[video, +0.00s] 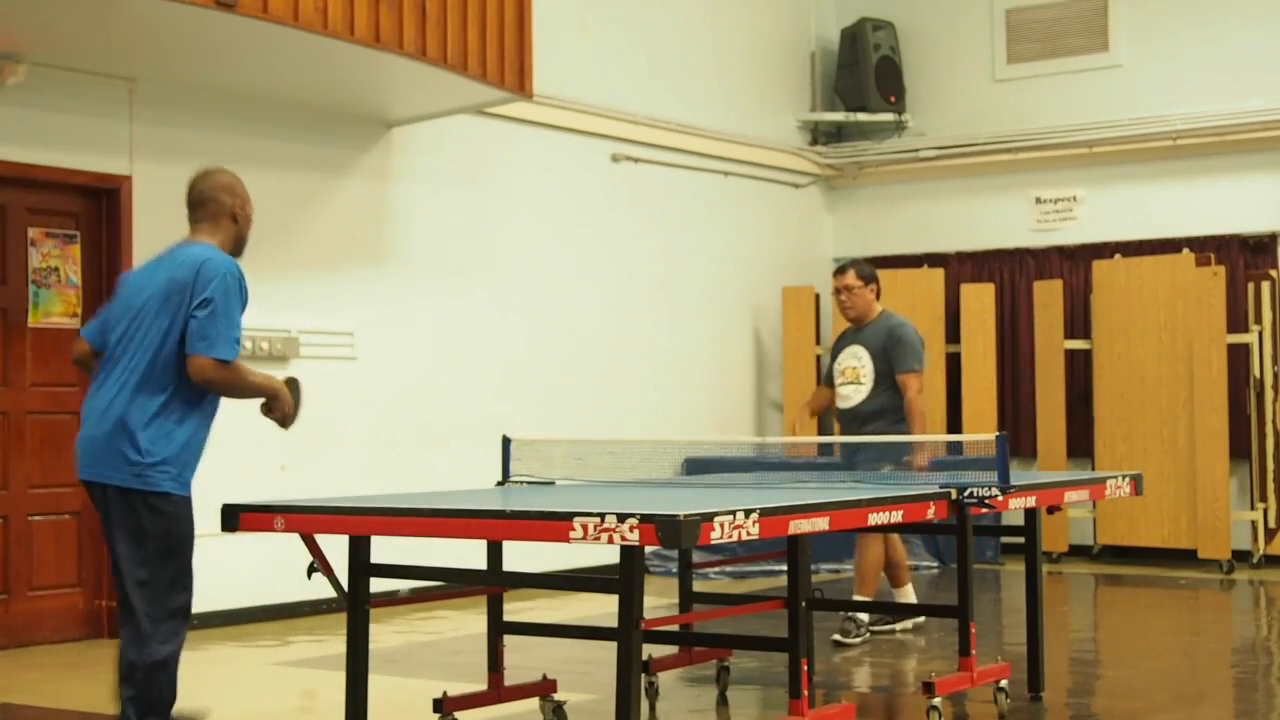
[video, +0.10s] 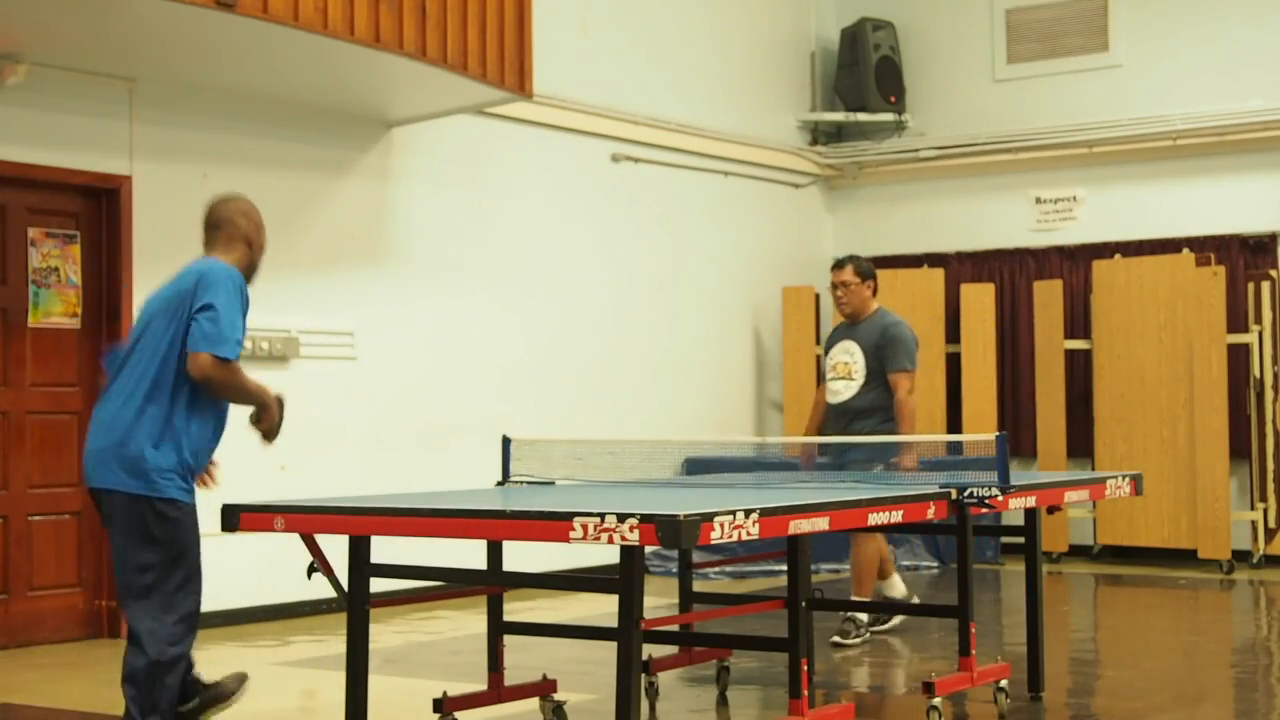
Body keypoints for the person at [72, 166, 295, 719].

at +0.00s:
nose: (250, 227)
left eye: (249, 217)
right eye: (250, 216)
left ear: (196, 213)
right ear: (237, 212)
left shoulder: (146, 272)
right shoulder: (218, 269)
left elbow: (86, 350)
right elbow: (206, 366)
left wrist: (139, 393)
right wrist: (274, 388)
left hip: (106, 455)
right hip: (149, 463)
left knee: (140, 601)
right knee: (163, 609)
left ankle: (140, 706)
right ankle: (148, 712)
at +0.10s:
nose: (263, 254)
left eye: (263, 244)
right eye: (262, 243)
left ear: (210, 235)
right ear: (250, 237)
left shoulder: (181, 283)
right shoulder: (221, 277)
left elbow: (122, 365)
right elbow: (206, 364)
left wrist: (184, 444)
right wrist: (264, 398)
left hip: (121, 458)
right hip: (145, 463)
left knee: (154, 583)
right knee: (169, 587)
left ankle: (177, 688)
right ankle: (152, 705)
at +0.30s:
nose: (290, 303)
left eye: (292, 294)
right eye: (291, 292)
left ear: (251, 274)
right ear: (278, 281)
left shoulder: (220, 306)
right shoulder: (239, 304)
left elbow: (187, 420)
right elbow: (193, 370)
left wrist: (229, 492)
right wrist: (237, 449)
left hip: (153, 468)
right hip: (140, 466)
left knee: (195, 563)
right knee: (156, 586)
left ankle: (198, 700)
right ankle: (123, 711)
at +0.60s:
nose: (300, 313)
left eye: (298, 303)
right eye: (295, 301)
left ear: (273, 298)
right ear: (276, 296)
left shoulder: (250, 379)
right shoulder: (245, 305)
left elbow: (269, 452)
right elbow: (182, 337)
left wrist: (313, 507)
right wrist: (185, 424)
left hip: (159, 468)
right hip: (127, 448)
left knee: (185, 569)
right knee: (96, 581)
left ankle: (200, 705)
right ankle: (37, 707)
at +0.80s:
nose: (294, 268)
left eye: (292, 260)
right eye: (282, 257)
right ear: (246, 264)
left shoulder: (252, 359)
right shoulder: (206, 294)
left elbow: (254, 442)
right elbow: (126, 333)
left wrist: (275, 521)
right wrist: (139, 406)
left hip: (148, 468)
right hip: (99, 449)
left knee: (173, 576)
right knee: (76, 583)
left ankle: (196, 704)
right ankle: (30, 709)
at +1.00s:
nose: (235, 234)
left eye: (237, 228)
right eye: (222, 223)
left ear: (236, 245)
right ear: (185, 232)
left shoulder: (220, 329)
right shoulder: (129, 284)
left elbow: (204, 416)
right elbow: (56, 342)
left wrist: (199, 498)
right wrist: (77, 397)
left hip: (142, 479)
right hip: (76, 469)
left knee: (161, 592)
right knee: (73, 593)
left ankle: (194, 702)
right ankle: (47, 711)